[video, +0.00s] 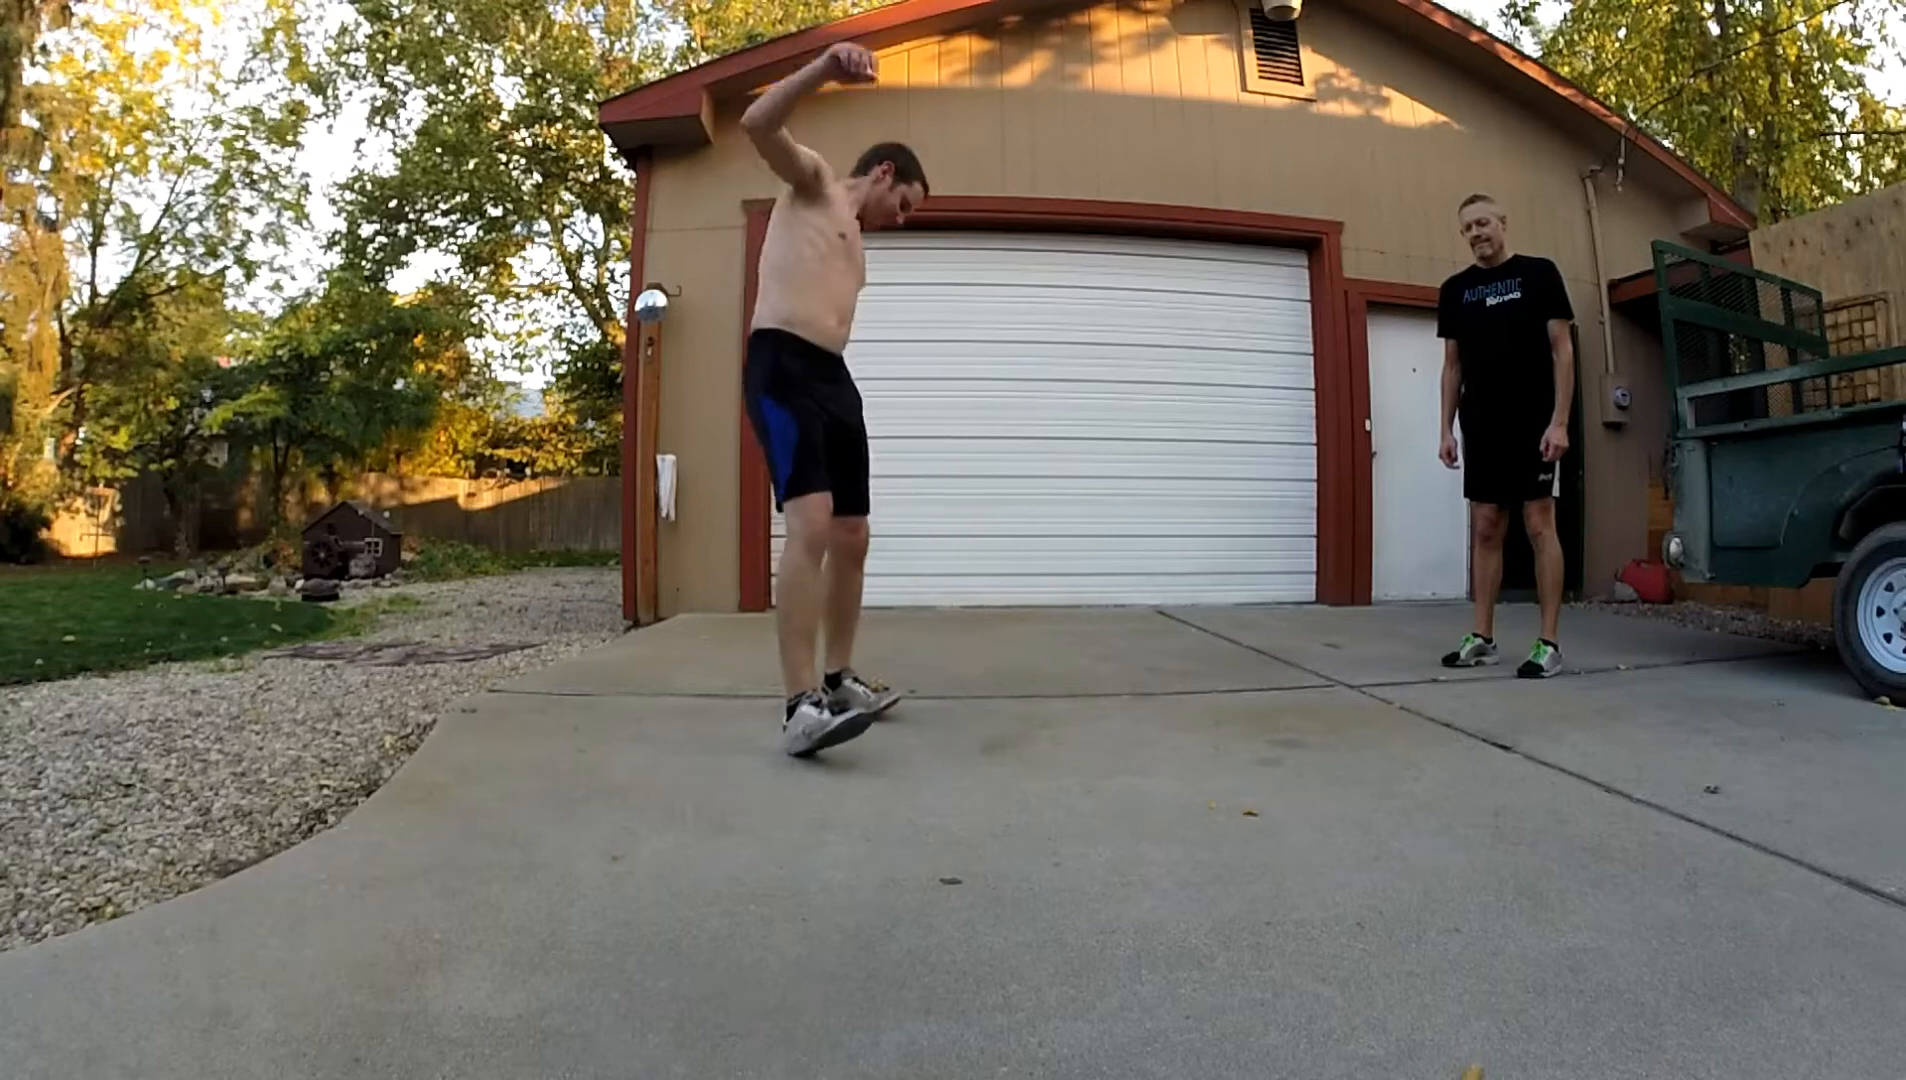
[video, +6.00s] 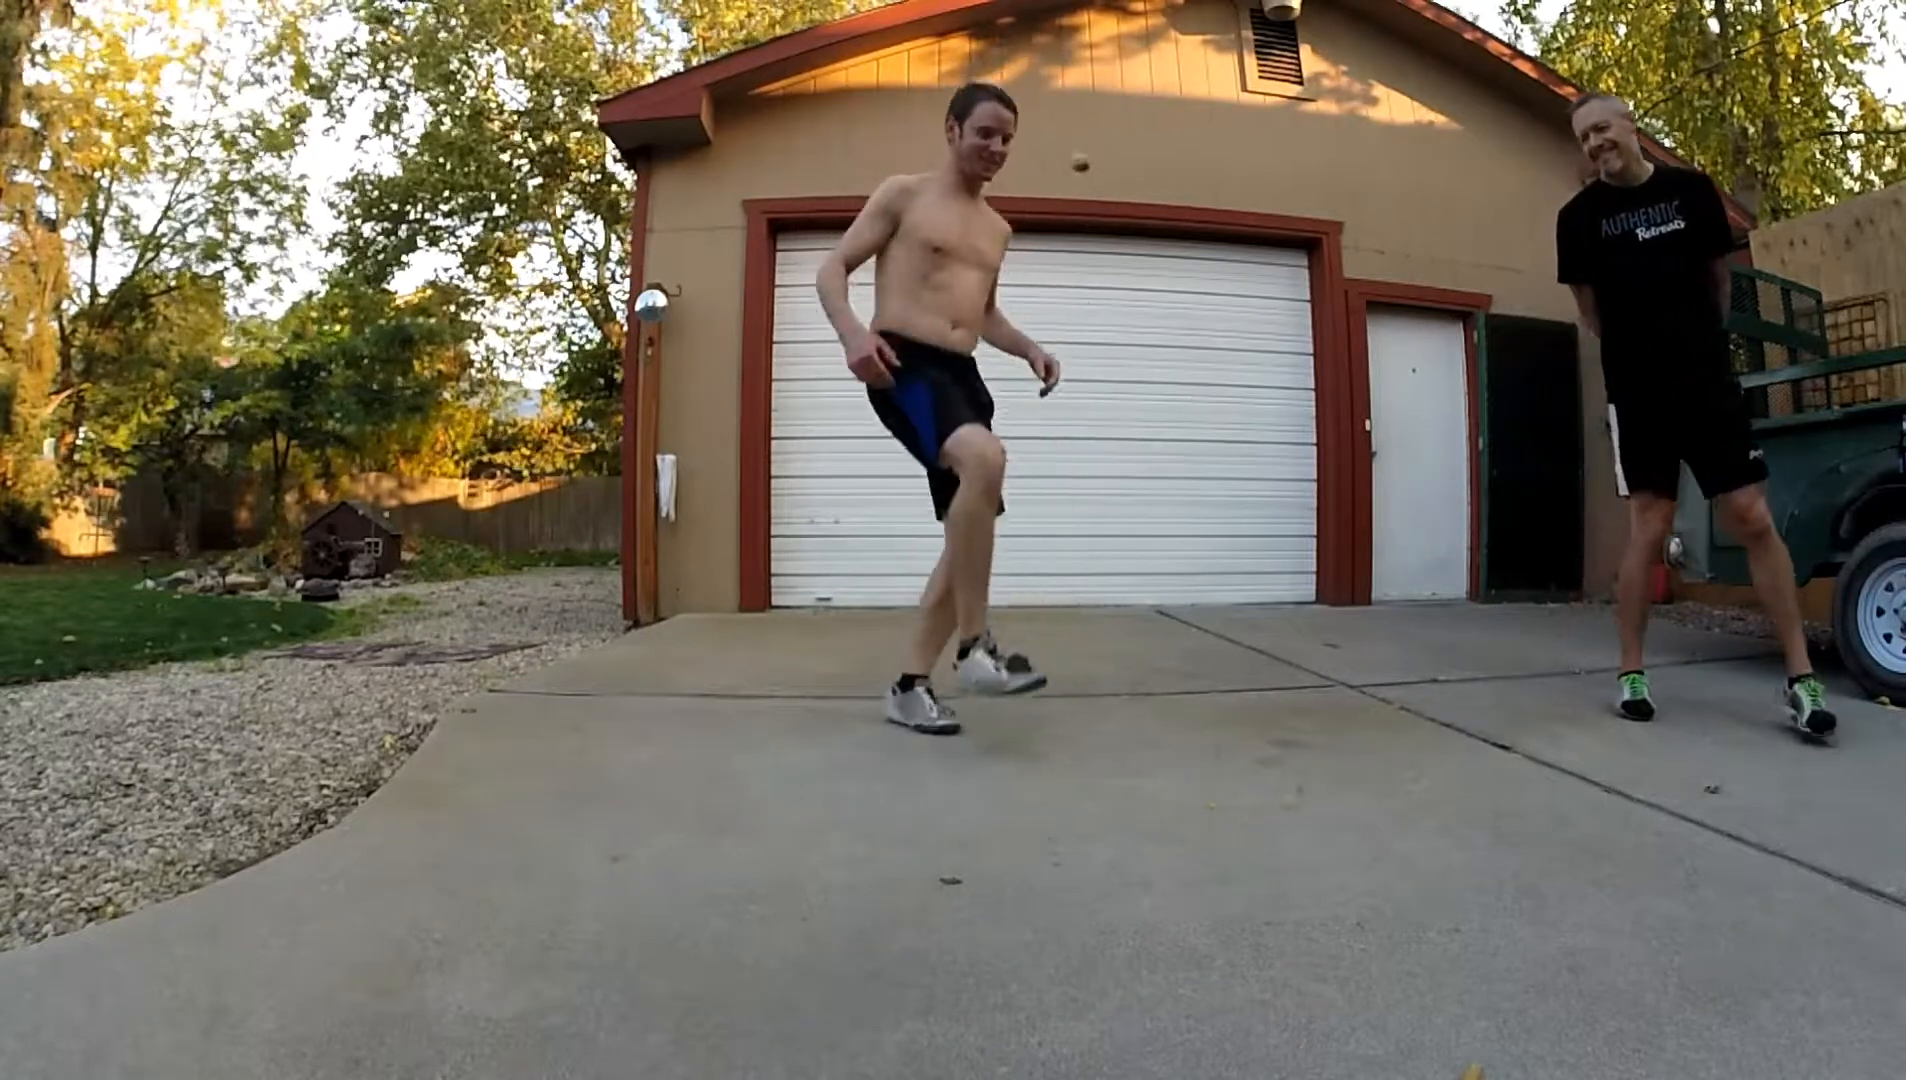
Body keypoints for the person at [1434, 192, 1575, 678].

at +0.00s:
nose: (1477, 232)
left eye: (1483, 223)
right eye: (1469, 227)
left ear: (1503, 224)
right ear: (1462, 236)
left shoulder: (1539, 273)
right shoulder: (1455, 290)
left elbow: (1563, 350)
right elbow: (1452, 363)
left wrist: (1559, 422)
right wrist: (1447, 429)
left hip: (1535, 421)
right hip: (1483, 424)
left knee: (1539, 527)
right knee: (1485, 528)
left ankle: (1548, 642)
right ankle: (1482, 636)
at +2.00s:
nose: (1477, 233)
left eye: (1483, 223)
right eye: (1469, 228)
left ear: (1503, 225)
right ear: (1462, 237)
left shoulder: (1539, 273)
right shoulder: (1455, 290)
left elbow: (1563, 351)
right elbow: (1452, 364)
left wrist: (1558, 422)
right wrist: (1445, 427)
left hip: (1534, 420)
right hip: (1482, 423)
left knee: (1539, 527)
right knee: (1485, 529)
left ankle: (1549, 642)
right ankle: (1482, 636)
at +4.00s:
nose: (1496, 222)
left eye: (1504, 214)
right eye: (1488, 216)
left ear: (1523, 221)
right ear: (1478, 226)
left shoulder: (1556, 270)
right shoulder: (1466, 283)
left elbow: (1574, 341)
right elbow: (1472, 354)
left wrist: (1564, 392)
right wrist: (1480, 404)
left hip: (1548, 414)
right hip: (1495, 416)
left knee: (1555, 526)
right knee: (1491, 530)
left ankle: (1570, 648)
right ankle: (1481, 636)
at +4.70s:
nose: (1562, 204)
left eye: (1570, 194)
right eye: (1553, 198)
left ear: (1592, 195)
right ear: (1545, 206)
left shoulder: (1624, 260)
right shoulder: (1526, 256)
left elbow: (1626, 341)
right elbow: (1515, 338)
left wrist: (1611, 385)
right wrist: (1545, 375)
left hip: (1602, 399)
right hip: (1547, 401)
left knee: (1589, 522)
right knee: (1568, 512)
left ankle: (1574, 650)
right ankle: (1550, 652)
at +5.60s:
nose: (1583, 159)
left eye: (1590, 145)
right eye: (1571, 153)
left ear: (1618, 141)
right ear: (1565, 163)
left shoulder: (1666, 204)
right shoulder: (1558, 226)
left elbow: (1680, 284)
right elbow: (1557, 319)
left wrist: (1645, 337)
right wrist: (1597, 356)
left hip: (1668, 377)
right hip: (1608, 386)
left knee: (1687, 524)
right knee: (1635, 522)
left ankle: (1649, 646)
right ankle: (1630, 670)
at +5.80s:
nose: (1585, 148)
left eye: (1591, 135)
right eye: (1574, 144)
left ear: (1621, 132)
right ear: (1569, 156)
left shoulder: (1677, 200)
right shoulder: (1563, 221)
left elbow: (1696, 288)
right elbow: (1568, 315)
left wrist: (1667, 341)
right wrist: (1612, 349)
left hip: (1682, 376)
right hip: (1617, 385)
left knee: (1723, 524)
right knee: (1642, 524)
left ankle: (1738, 668)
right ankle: (1631, 670)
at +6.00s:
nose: (1596, 141)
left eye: (1603, 127)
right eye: (1585, 136)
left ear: (1633, 127)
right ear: (1581, 150)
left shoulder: (1692, 188)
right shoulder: (1578, 215)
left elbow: (1720, 281)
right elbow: (1590, 313)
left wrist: (1697, 342)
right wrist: (1639, 347)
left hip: (1706, 375)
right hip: (1637, 386)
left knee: (1755, 519)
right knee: (1649, 528)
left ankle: (1801, 675)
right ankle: (1632, 672)